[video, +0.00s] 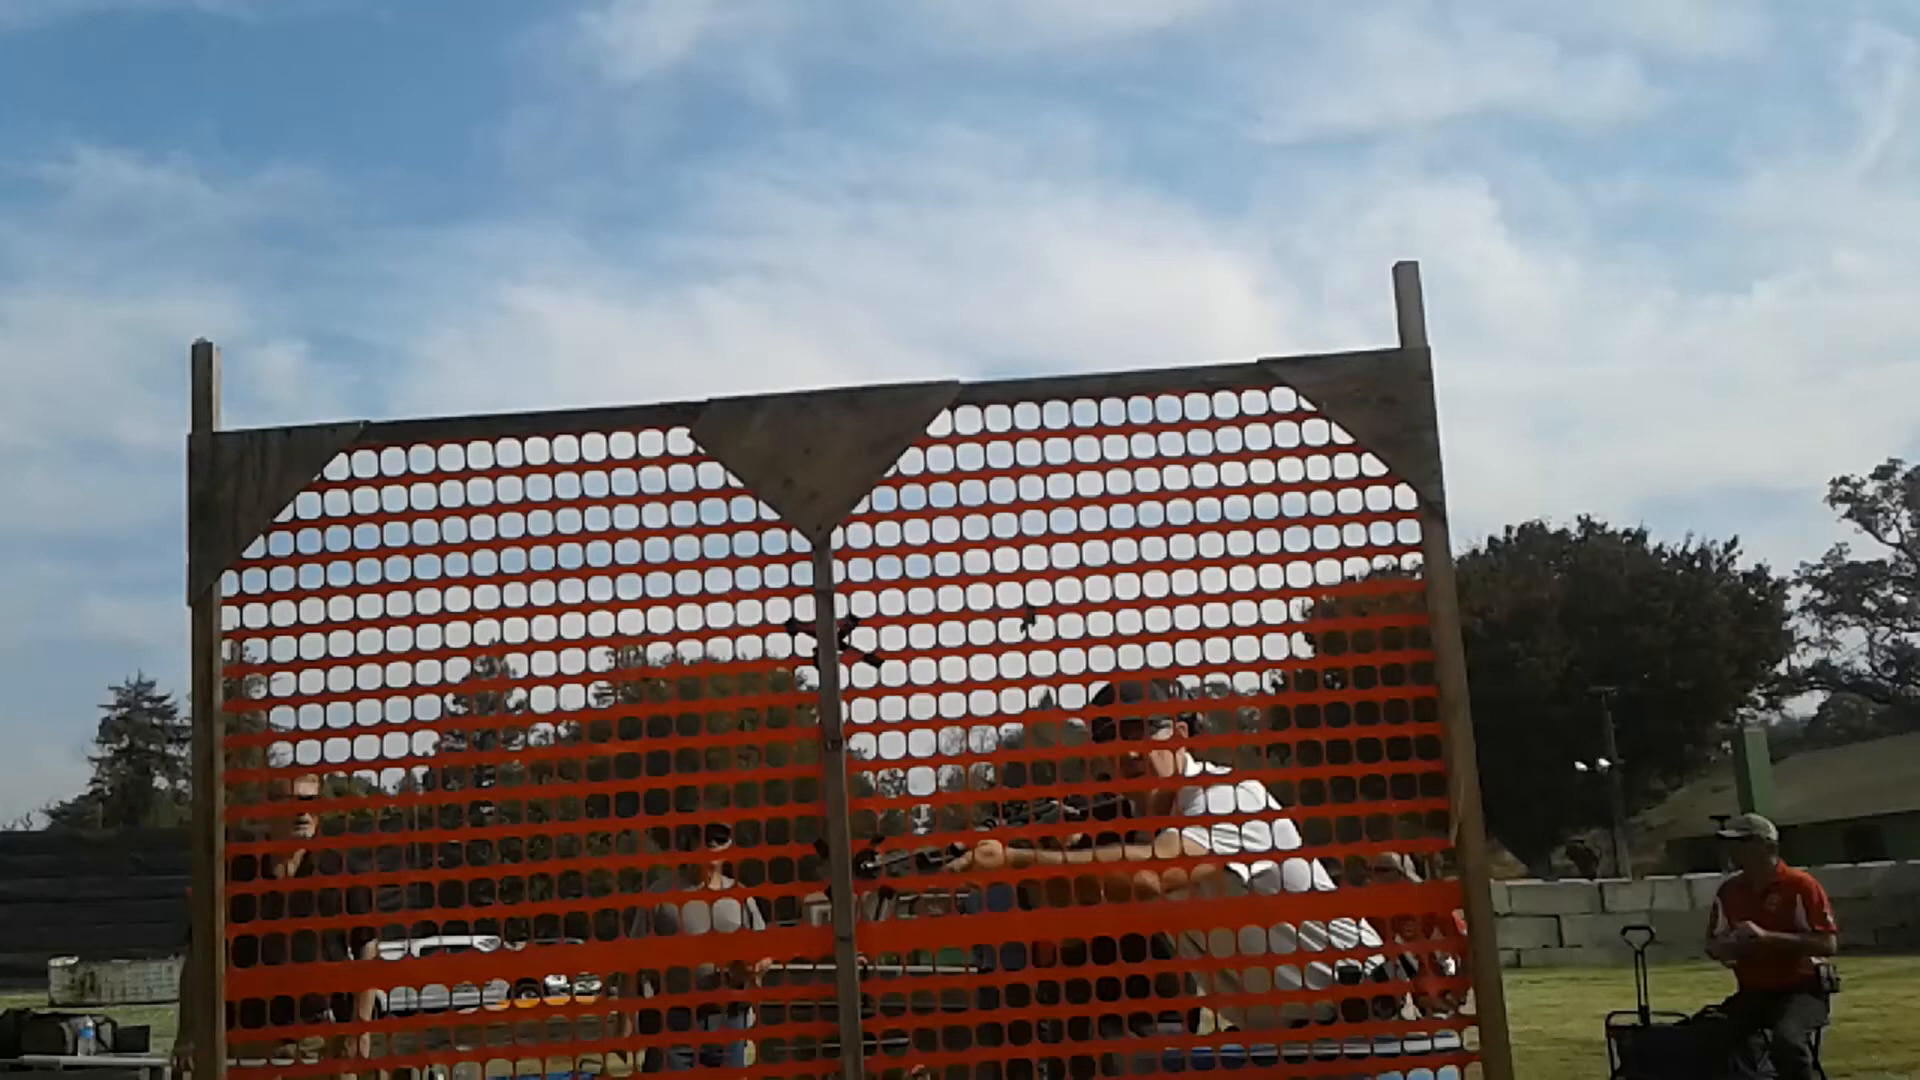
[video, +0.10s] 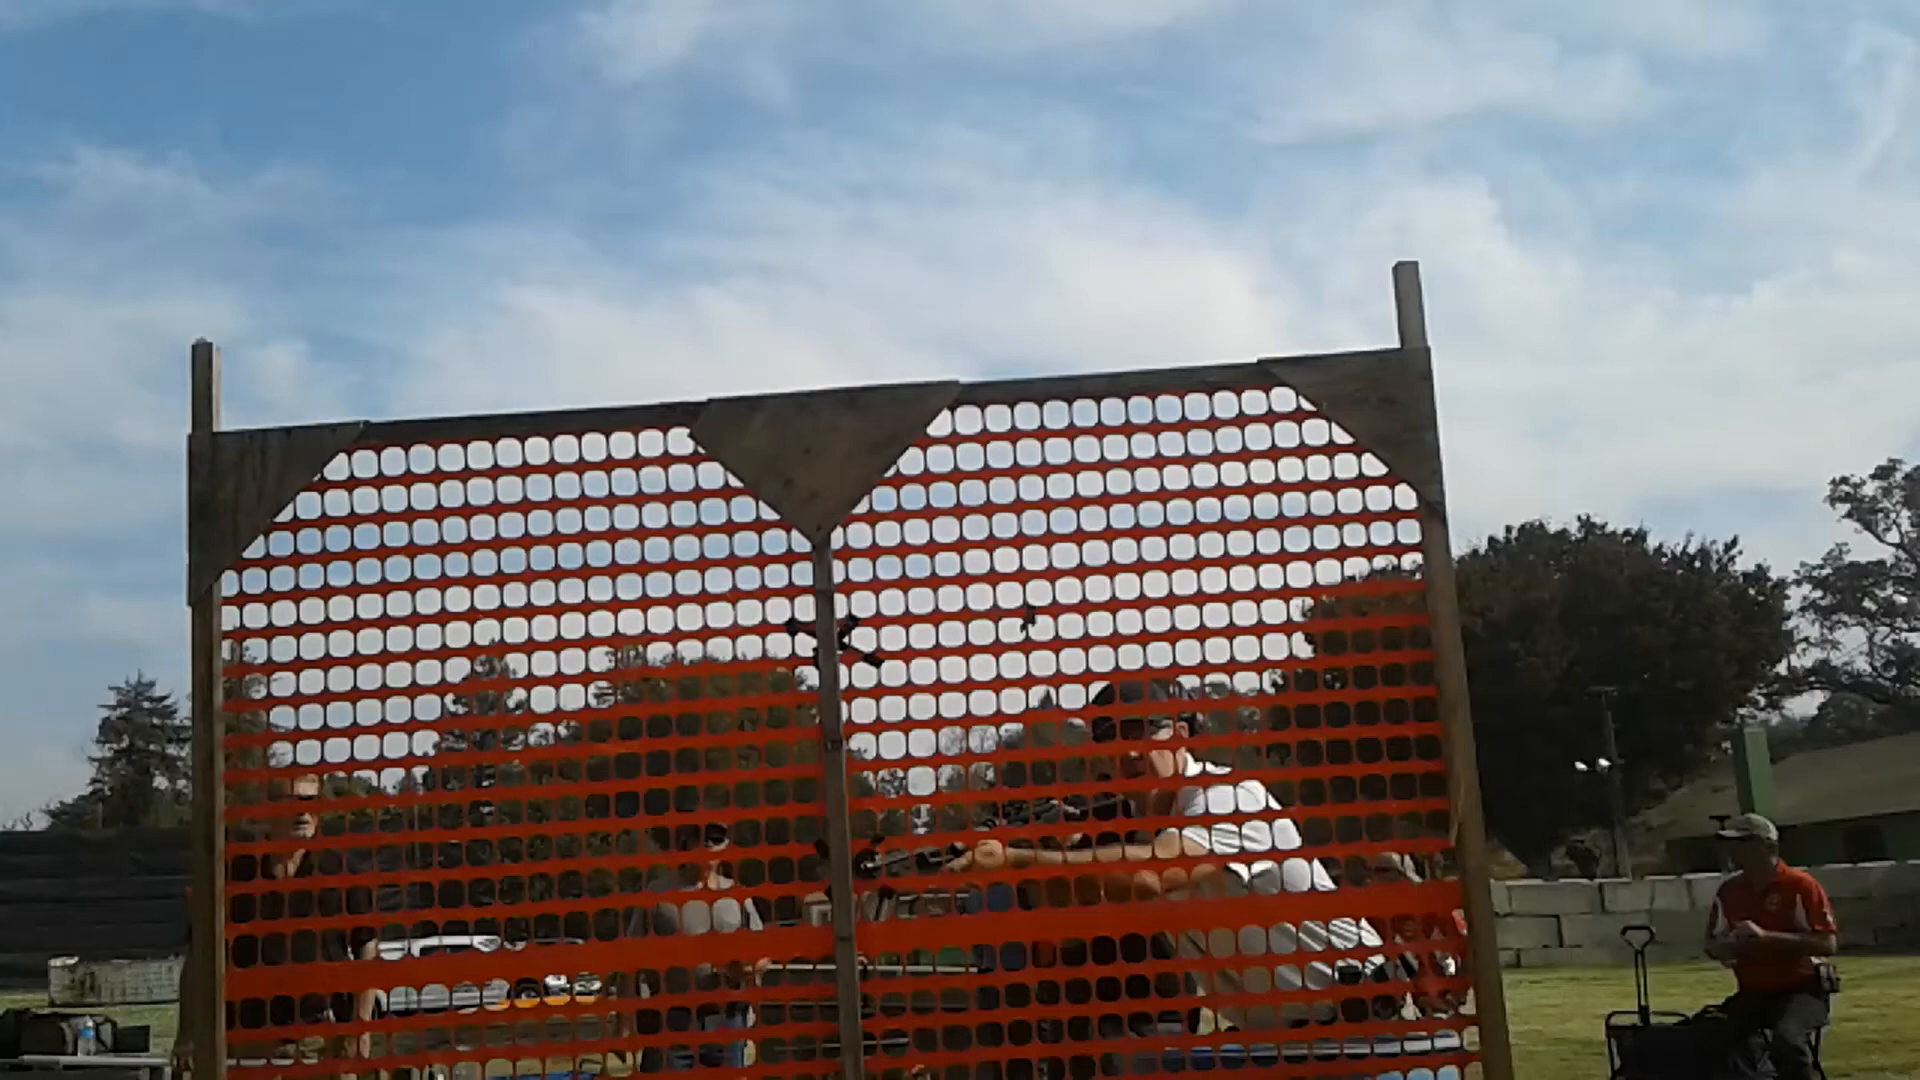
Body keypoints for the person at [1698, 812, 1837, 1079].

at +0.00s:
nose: (1733, 851)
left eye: (1740, 843)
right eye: (1733, 844)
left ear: (1765, 847)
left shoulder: (1802, 886)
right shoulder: (1729, 890)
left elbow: (1827, 943)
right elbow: (1711, 944)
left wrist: (1766, 938)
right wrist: (1726, 945)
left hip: (1801, 994)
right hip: (1754, 994)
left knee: (1787, 1042)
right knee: (1709, 1037)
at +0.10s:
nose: (1733, 851)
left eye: (1740, 843)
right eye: (1732, 844)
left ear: (1765, 847)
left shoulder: (1802, 886)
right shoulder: (1729, 890)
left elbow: (1827, 943)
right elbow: (1711, 944)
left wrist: (1765, 938)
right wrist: (1726, 945)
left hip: (1801, 993)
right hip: (1754, 994)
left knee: (1787, 1042)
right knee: (1709, 1037)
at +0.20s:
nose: (1732, 851)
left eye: (1740, 843)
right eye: (1732, 844)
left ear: (1765, 847)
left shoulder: (1802, 886)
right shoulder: (1729, 890)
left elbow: (1827, 942)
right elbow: (1709, 944)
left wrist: (1764, 938)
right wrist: (1725, 944)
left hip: (1801, 994)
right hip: (1753, 994)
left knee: (1787, 1042)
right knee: (1708, 1037)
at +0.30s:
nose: (1733, 851)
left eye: (1740, 843)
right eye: (1732, 844)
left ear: (1765, 847)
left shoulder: (1802, 886)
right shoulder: (1729, 890)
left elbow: (1827, 943)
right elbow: (1710, 944)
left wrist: (1763, 938)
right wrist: (1725, 944)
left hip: (1801, 994)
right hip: (1753, 994)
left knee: (1787, 1041)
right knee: (1708, 1037)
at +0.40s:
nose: (1732, 851)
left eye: (1740, 843)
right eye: (1732, 844)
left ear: (1765, 847)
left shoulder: (1802, 886)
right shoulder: (1729, 890)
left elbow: (1826, 943)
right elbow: (1709, 943)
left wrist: (1762, 941)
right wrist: (1724, 947)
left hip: (1801, 993)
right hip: (1753, 994)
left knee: (1787, 1042)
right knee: (1708, 1037)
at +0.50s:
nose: (1731, 851)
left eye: (1739, 843)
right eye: (1731, 844)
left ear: (1764, 847)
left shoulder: (1801, 886)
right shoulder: (1729, 890)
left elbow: (1825, 945)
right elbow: (1709, 943)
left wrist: (1759, 942)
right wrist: (1726, 951)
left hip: (1801, 993)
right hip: (1754, 994)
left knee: (1787, 1041)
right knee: (1708, 1038)